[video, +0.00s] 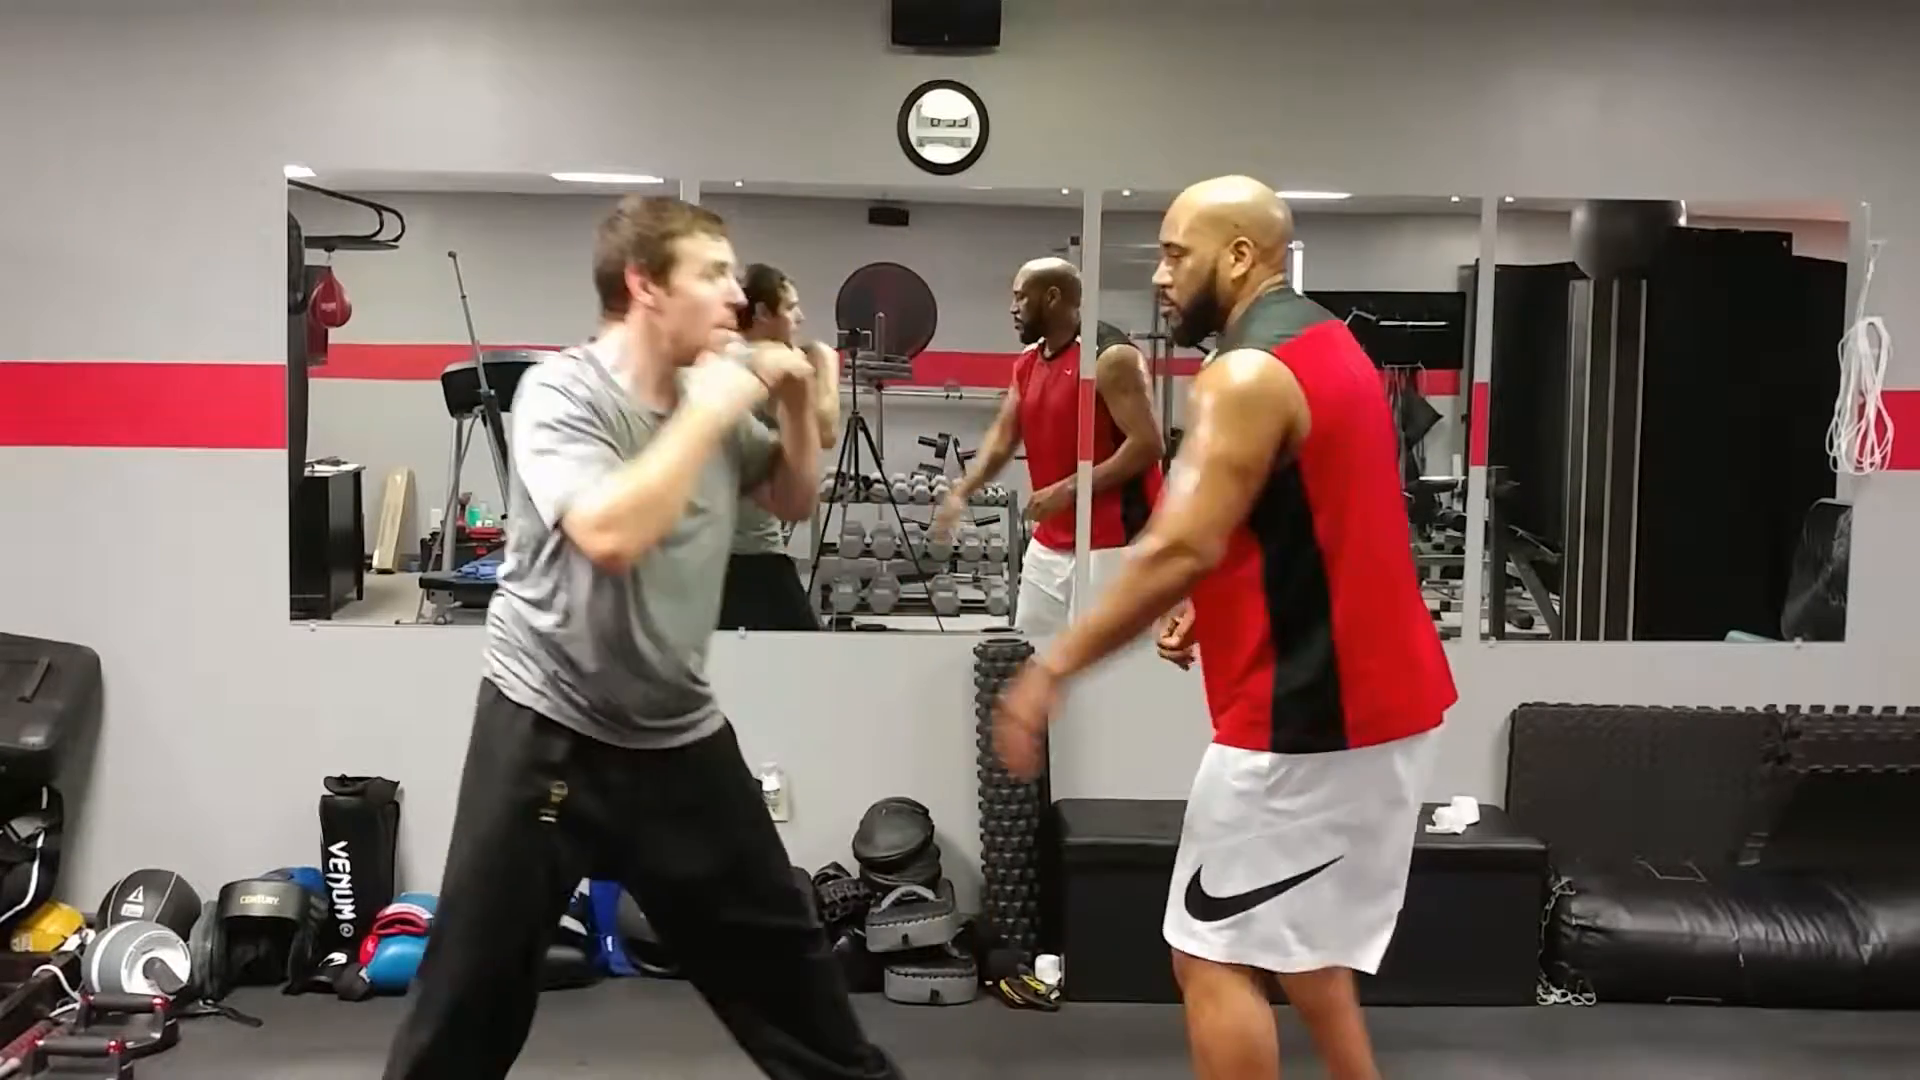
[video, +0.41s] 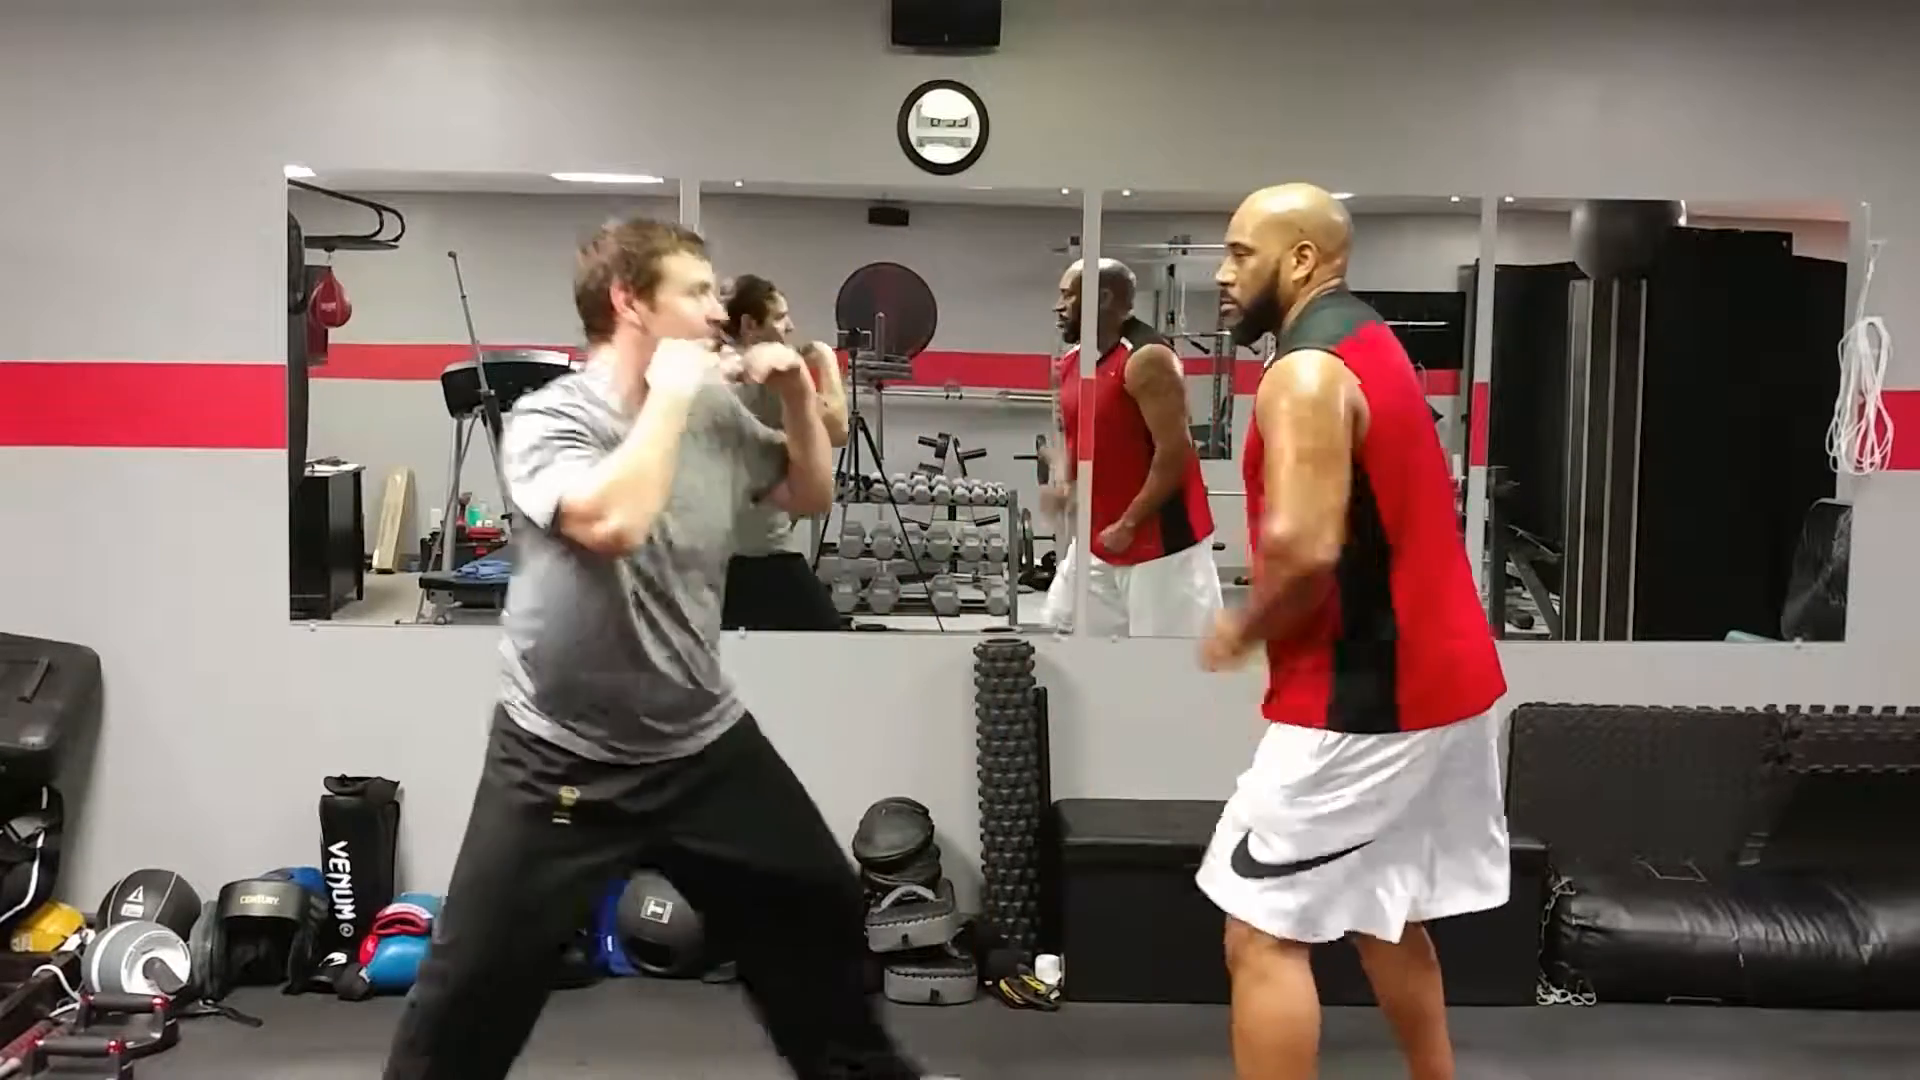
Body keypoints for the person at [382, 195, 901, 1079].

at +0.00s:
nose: (737, 300)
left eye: (735, 279)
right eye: (714, 277)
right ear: (643, 288)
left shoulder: (712, 402)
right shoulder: (557, 392)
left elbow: (792, 499)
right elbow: (608, 533)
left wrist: (802, 401)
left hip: (678, 732)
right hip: (543, 719)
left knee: (785, 965)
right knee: (470, 987)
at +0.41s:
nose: (718, 314)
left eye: (715, 295)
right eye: (698, 294)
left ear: (648, 309)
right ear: (629, 303)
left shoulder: (715, 414)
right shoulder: (545, 422)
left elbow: (810, 490)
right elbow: (609, 525)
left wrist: (798, 389)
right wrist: (675, 393)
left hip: (706, 752)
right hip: (554, 762)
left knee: (820, 916)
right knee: (465, 991)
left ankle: (852, 1064)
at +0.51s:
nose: (782, 309)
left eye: (778, 293)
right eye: (761, 292)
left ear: (713, 311)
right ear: (698, 310)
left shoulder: (756, 413)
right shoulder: (656, 415)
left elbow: (819, 528)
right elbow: (819, 438)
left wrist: (838, 415)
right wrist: (900, 336)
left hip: (750, 749)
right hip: (629, 755)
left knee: (868, 935)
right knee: (529, 999)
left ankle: (962, 1074)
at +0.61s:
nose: (854, 310)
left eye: (845, 294)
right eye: (831, 296)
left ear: (781, 323)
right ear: (774, 320)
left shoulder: (827, 398)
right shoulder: (777, 407)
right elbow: (977, 299)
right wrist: (1104, 186)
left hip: (824, 760)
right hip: (720, 758)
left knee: (939, 978)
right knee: (607, 979)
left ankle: (992, 1076)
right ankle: (485, 1075)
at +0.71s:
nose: (905, 298)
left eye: (897, 282)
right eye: (886, 281)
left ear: (822, 307)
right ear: (827, 303)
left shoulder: (805, 398)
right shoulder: (843, 383)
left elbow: (953, 313)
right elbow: (1009, 287)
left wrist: (1085, 229)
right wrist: (1109, 207)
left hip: (869, 734)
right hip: (782, 733)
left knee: (976, 938)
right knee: (695, 973)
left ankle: (993, 1076)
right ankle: (561, 1076)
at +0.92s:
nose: (955, 293)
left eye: (948, 274)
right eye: (935, 278)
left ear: (872, 303)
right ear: (879, 299)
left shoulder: (820, 389)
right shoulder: (915, 367)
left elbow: (956, 434)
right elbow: (1053, 391)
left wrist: (1073, 375)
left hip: (871, 706)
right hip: (826, 699)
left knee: (971, 932)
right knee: (759, 968)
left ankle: (992, 1073)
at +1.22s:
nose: (1014, 347)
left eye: (1014, 330)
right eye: (998, 329)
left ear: (929, 338)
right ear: (936, 335)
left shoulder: (896, 409)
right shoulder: (929, 421)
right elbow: (1093, 519)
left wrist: (1038, 412)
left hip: (861, 717)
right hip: (786, 696)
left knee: (956, 915)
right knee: (751, 955)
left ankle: (973, 1067)